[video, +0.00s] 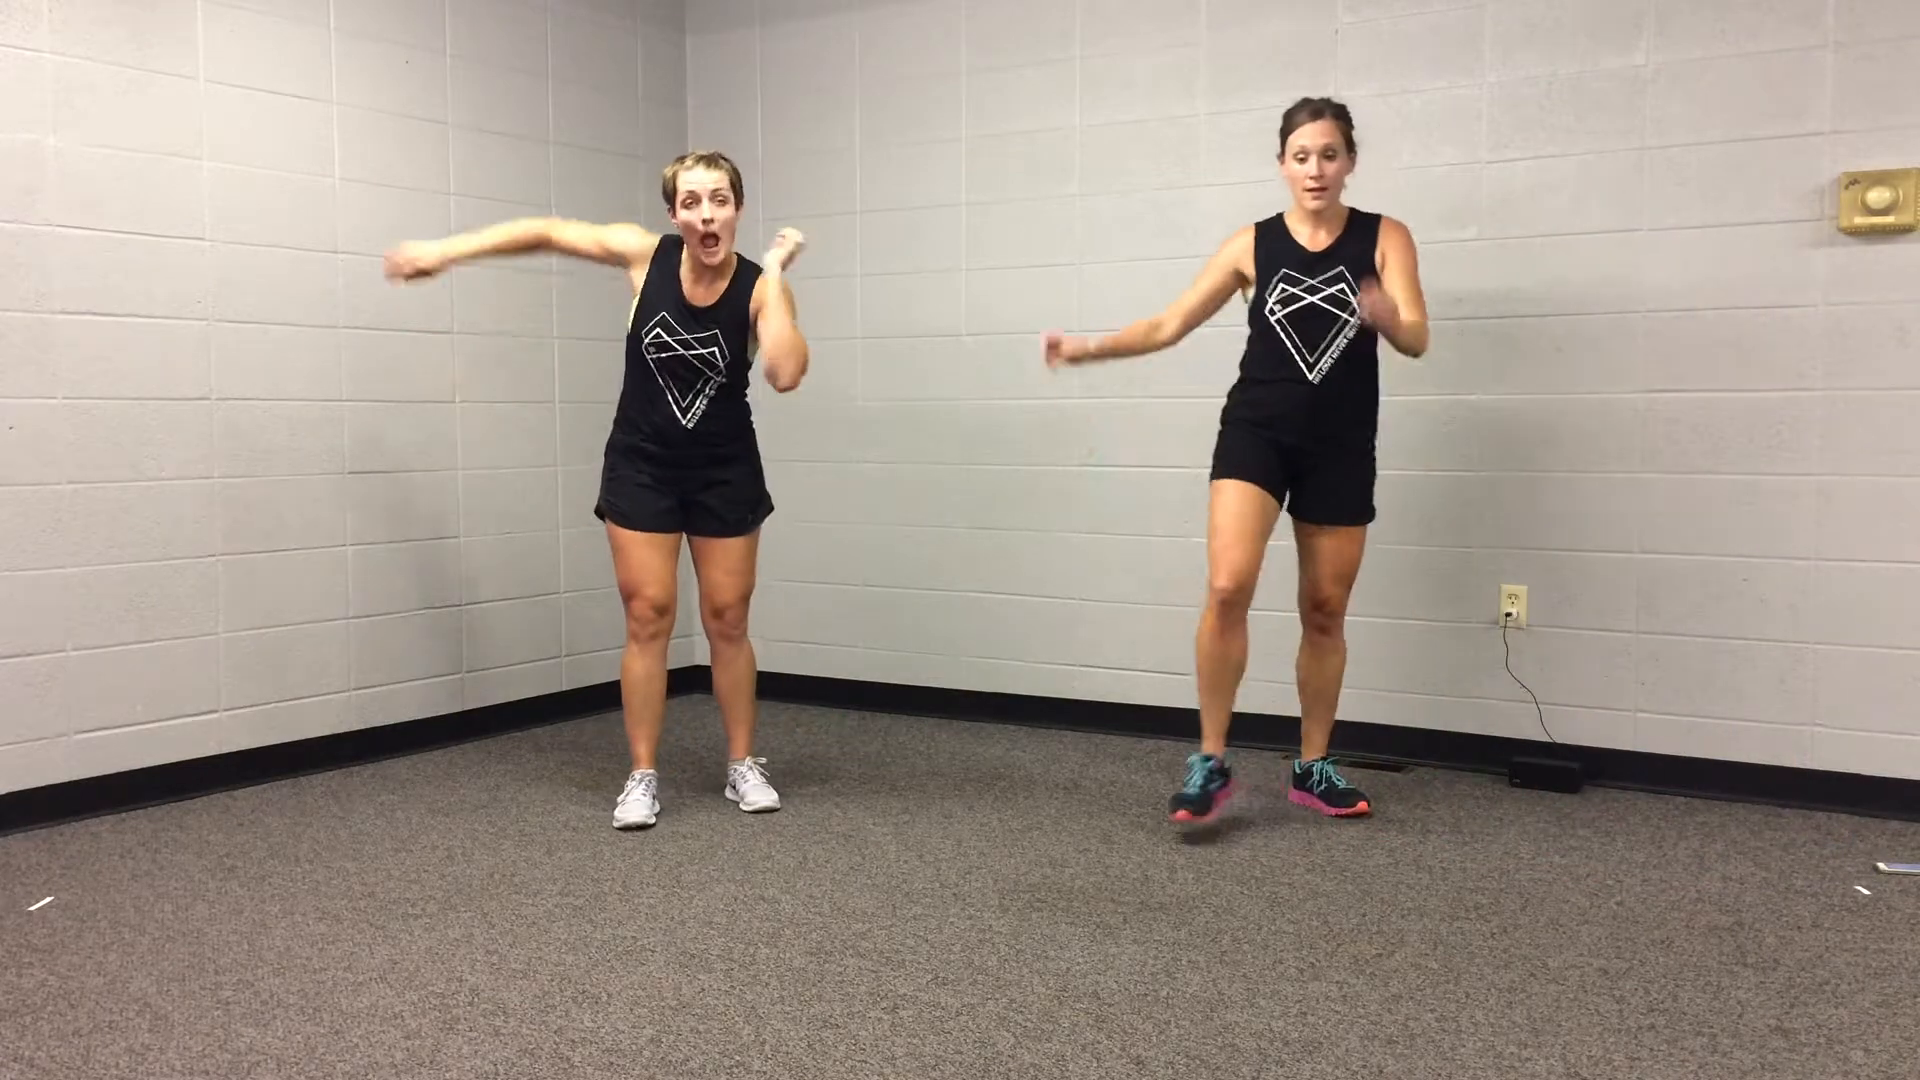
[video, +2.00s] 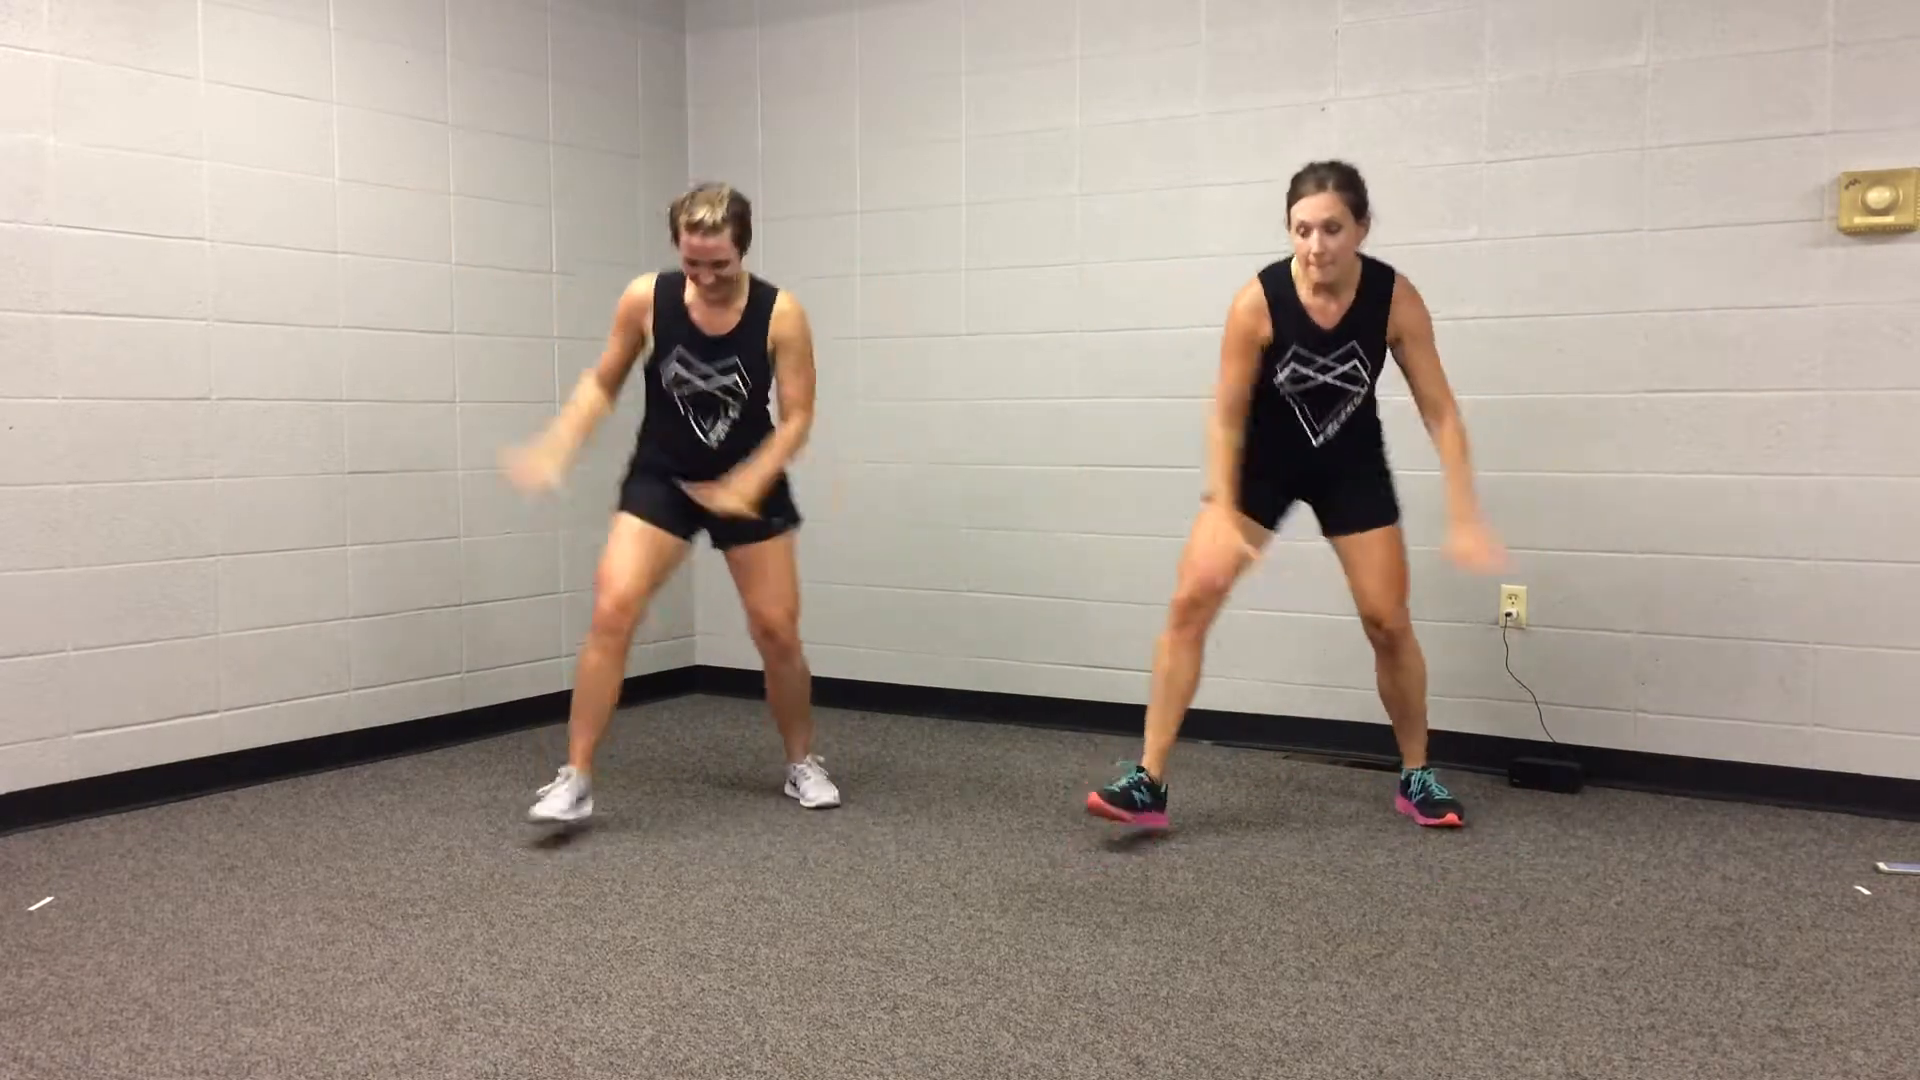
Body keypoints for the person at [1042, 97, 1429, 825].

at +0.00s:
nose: (1316, 168)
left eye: (1330, 155)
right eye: (1303, 156)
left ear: (1351, 163)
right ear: (1282, 165)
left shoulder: (1384, 238)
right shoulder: (1253, 245)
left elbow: (1417, 341)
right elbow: (1166, 326)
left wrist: (1388, 320)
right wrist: (1088, 348)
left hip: (1341, 443)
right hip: (1256, 433)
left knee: (1325, 608)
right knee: (1227, 588)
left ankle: (1313, 764)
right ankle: (1210, 759)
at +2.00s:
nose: (1315, 246)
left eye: (1331, 229)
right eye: (1302, 231)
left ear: (1362, 230)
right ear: (1288, 232)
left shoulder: (1395, 301)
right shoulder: (1257, 307)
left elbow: (1441, 412)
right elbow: (1226, 418)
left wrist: (1465, 515)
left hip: (1351, 461)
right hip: (1264, 461)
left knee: (1387, 621)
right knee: (1189, 602)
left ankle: (1416, 773)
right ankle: (1148, 776)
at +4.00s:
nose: (1317, 244)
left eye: (1331, 228)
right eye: (1303, 230)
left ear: (1356, 216)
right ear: (1283, 224)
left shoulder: (1403, 286)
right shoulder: (1268, 311)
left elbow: (1479, 359)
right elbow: (1254, 435)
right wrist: (1342, 474)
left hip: (1401, 468)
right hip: (1307, 475)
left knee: (1435, 641)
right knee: (1224, 630)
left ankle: (1424, 789)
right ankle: (1144, 786)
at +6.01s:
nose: (1191, 151)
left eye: (1207, 137)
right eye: (1189, 143)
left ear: (1253, 150)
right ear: (1193, 164)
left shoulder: (1297, 219)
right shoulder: (1182, 239)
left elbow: (1346, 121)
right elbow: (1134, 169)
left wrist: (1266, 43)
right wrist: (1193, 68)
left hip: (1306, 438)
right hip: (1218, 443)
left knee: (1319, 607)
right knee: (1233, 618)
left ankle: (1309, 773)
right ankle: (1243, 779)